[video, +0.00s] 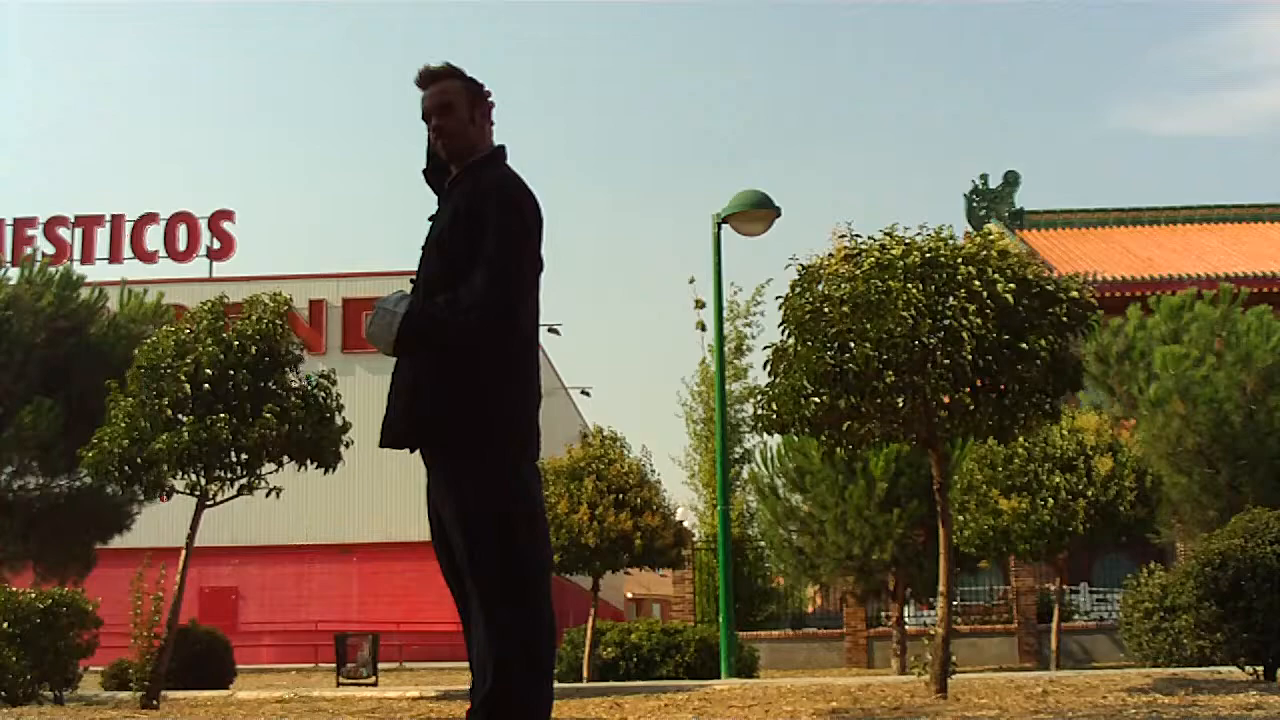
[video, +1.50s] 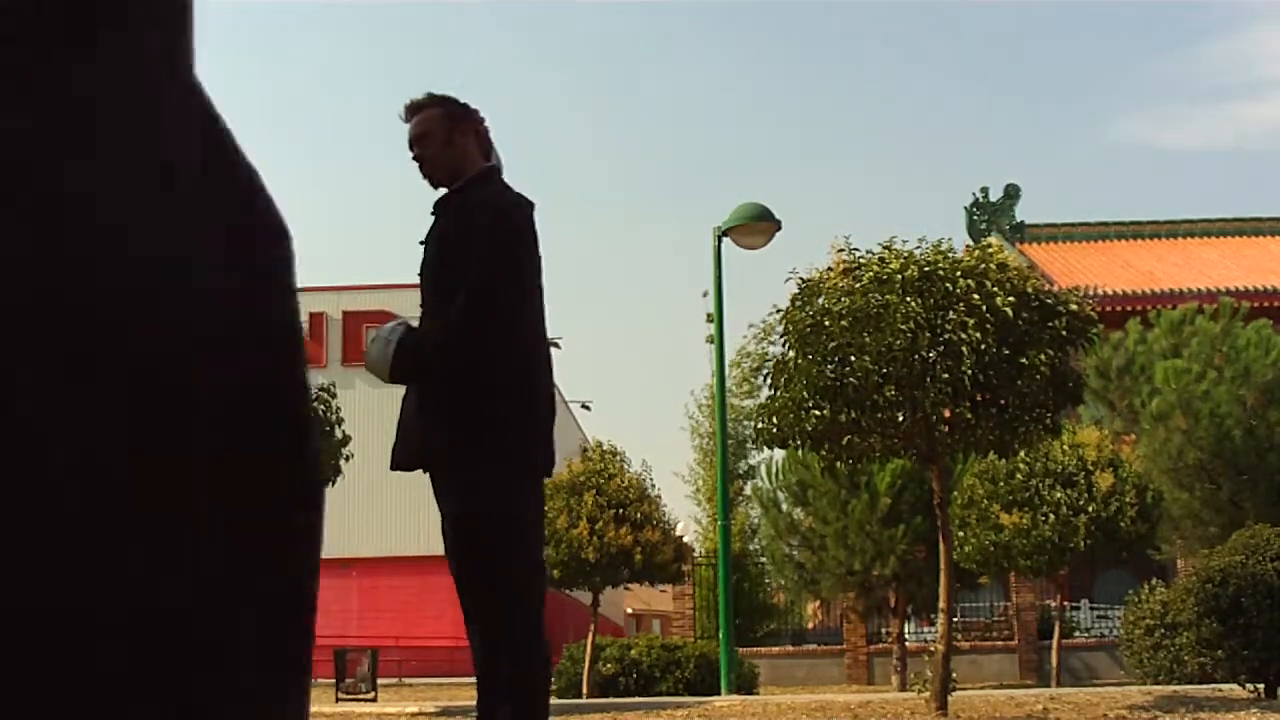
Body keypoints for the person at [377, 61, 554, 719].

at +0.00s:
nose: (434, 126)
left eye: (444, 111)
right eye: (427, 117)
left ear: (484, 109)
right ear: (427, 127)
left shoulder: (502, 194)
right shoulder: (459, 200)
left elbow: (490, 311)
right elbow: (457, 302)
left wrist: (404, 324)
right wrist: (403, 313)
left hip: (489, 424)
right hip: (456, 424)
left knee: (504, 573)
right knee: (472, 572)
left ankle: (515, 706)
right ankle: (493, 700)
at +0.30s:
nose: (436, 137)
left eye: (447, 122)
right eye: (429, 128)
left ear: (487, 120)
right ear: (430, 137)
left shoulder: (503, 205)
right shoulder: (464, 210)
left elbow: (492, 324)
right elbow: (465, 315)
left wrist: (405, 337)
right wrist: (407, 326)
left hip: (493, 440)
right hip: (459, 441)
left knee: (505, 592)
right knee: (473, 591)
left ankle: (516, 710)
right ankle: (496, 706)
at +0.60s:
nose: (426, 161)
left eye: (434, 145)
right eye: (427, 147)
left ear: (464, 143)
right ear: (476, 145)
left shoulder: (497, 208)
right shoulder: (468, 210)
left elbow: (481, 330)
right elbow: (464, 316)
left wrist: (401, 337)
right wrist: (406, 322)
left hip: (486, 446)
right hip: (462, 444)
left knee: (500, 594)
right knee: (479, 590)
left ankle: (514, 707)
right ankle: (500, 704)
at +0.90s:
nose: (434, 139)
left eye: (445, 124)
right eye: (428, 130)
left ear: (485, 122)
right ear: (429, 139)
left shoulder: (499, 205)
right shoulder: (467, 210)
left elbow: (486, 324)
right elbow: (465, 316)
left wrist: (404, 339)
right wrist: (408, 326)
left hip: (487, 430)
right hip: (462, 429)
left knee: (500, 571)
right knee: (470, 570)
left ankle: (514, 706)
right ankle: (498, 702)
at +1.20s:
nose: (431, 141)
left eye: (442, 126)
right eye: (424, 132)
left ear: (483, 127)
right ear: (426, 142)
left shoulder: (500, 208)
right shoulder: (466, 213)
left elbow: (487, 328)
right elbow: (465, 321)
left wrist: (405, 339)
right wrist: (408, 333)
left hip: (492, 438)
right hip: (464, 438)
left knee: (502, 584)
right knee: (474, 584)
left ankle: (517, 710)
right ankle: (499, 706)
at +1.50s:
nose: (417, 159)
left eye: (424, 144)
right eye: (413, 149)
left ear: (472, 132)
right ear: (469, 139)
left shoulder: (474, 213)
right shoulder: (498, 208)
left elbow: (459, 343)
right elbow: (475, 337)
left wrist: (395, 348)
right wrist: (409, 339)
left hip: (480, 447)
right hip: (501, 442)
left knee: (497, 609)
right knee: (505, 607)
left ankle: (507, 711)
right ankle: (512, 711)